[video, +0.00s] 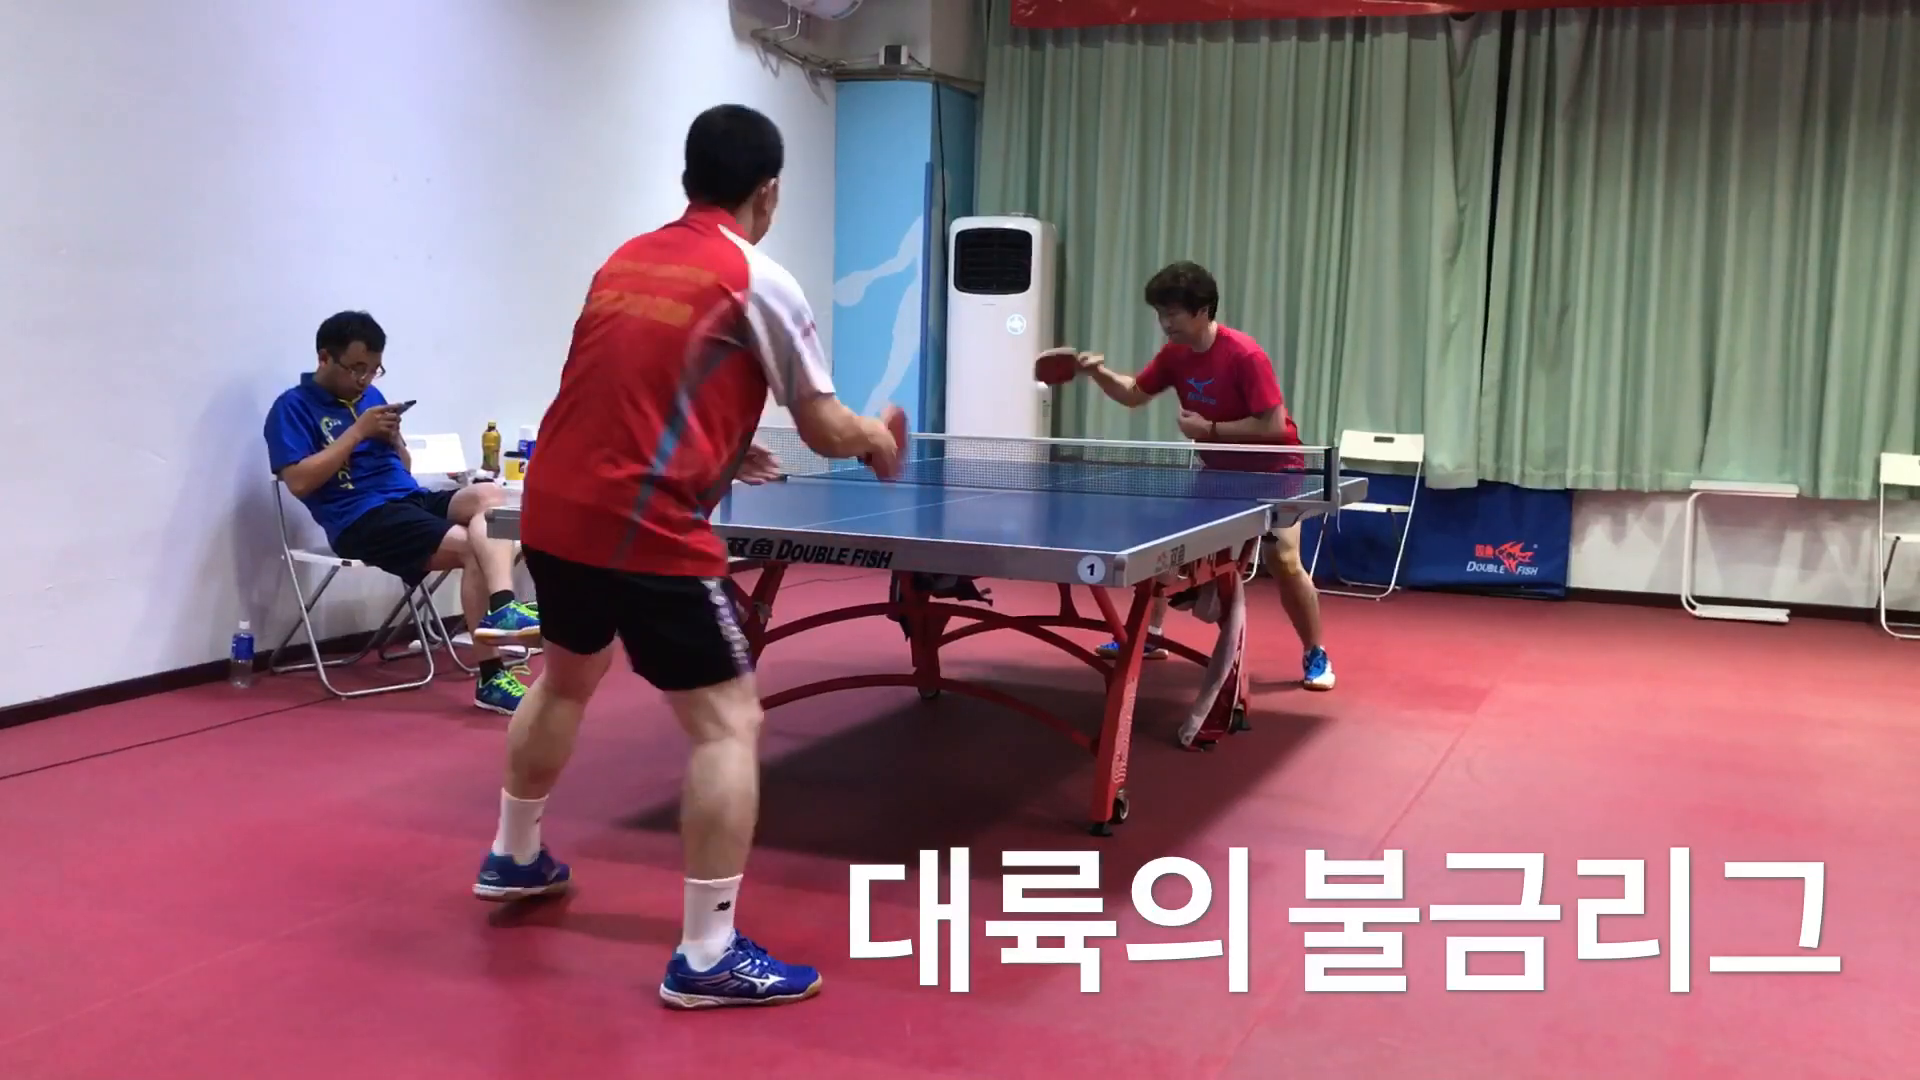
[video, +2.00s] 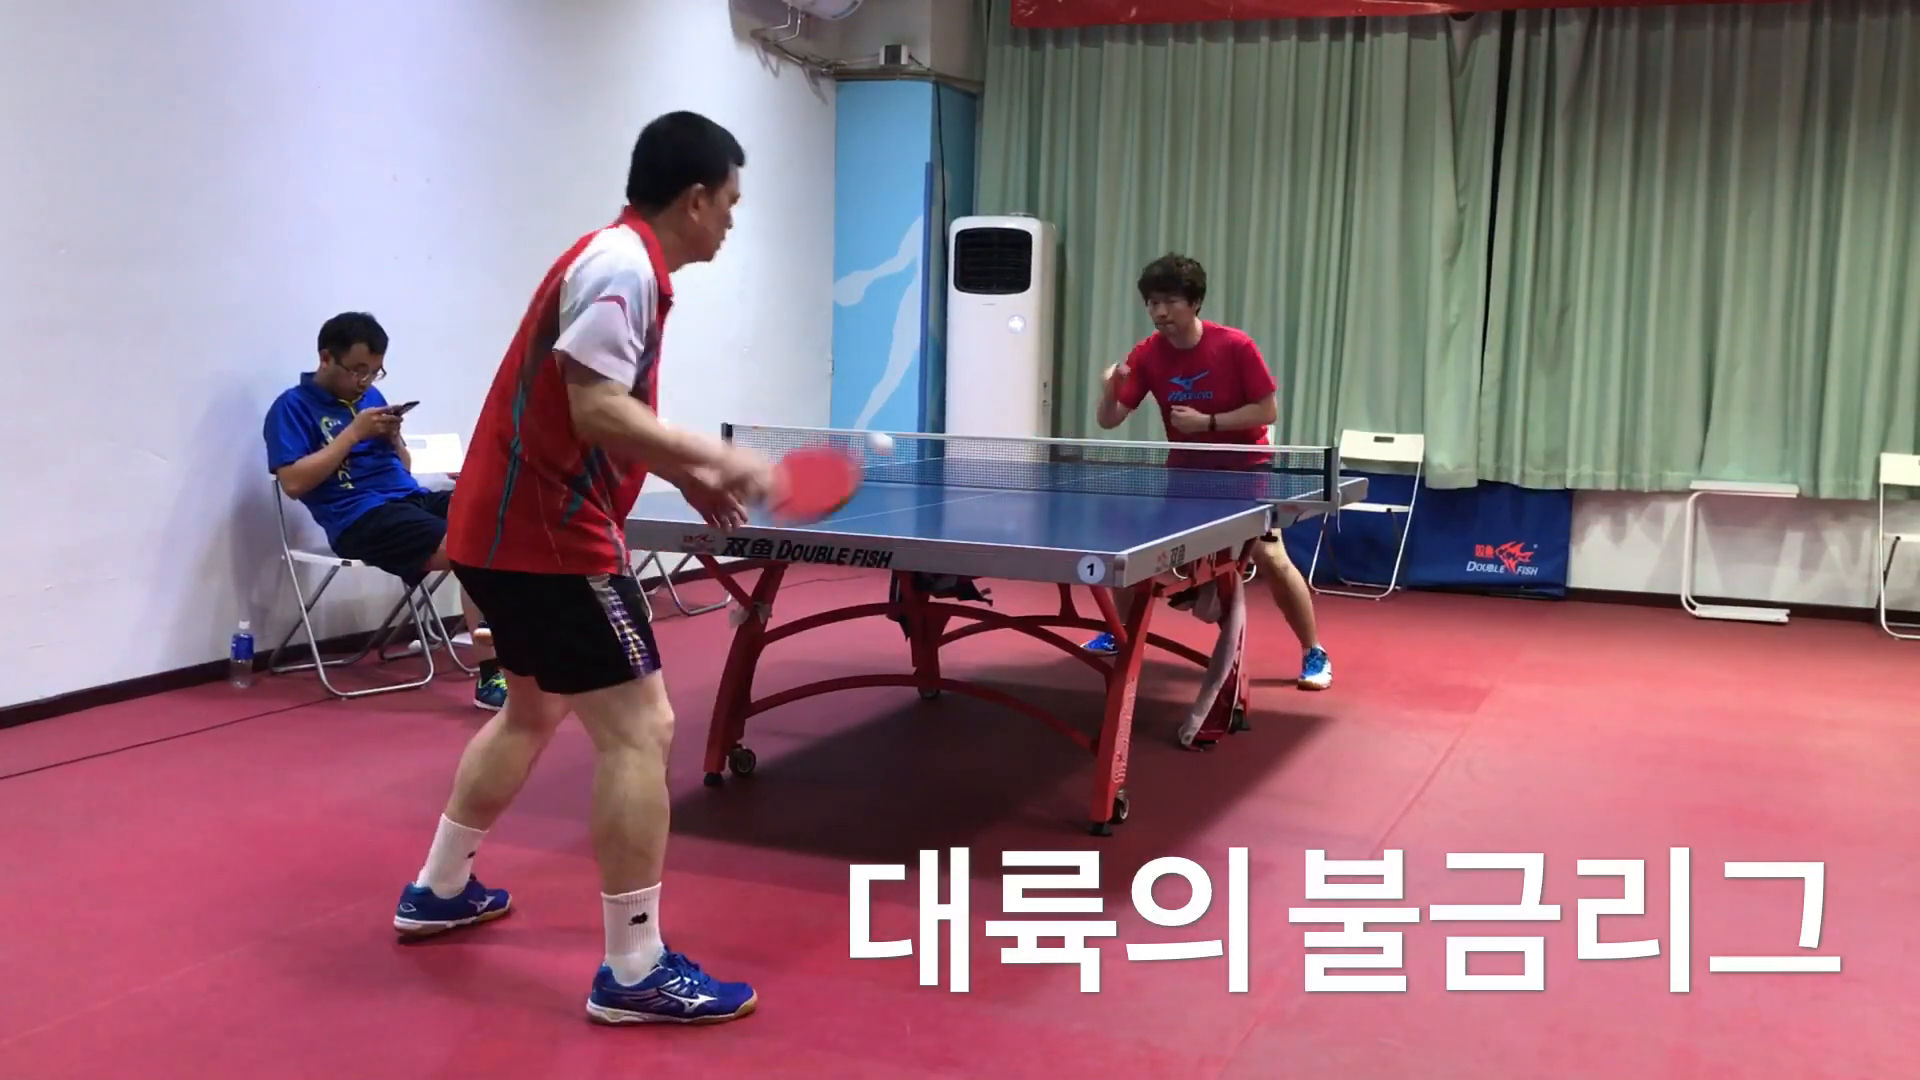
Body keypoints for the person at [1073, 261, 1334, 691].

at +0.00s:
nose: (1164, 324)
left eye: (1172, 315)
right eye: (1160, 315)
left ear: (1202, 311)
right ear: (1162, 315)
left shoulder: (1246, 355)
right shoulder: (1175, 355)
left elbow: (1272, 425)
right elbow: (1134, 394)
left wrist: (1209, 429)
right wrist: (1098, 371)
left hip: (1274, 472)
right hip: (1218, 472)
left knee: (1285, 561)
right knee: (1165, 544)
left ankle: (1315, 653)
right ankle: (1148, 633)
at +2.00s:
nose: (1159, 311)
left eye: (1169, 301)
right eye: (1152, 302)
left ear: (1194, 301)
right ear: (1147, 305)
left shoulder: (1234, 346)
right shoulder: (1146, 355)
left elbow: (1267, 411)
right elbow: (1108, 419)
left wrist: (1207, 422)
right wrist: (1110, 386)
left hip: (1244, 473)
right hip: (1184, 474)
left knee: (1270, 555)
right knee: (1134, 548)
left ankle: (1313, 652)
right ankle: (1122, 634)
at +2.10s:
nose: (1153, 307)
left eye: (1162, 297)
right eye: (1146, 298)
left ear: (1188, 298)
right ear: (1140, 301)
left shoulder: (1227, 344)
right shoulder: (1141, 351)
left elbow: (1258, 408)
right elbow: (1113, 414)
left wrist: (1197, 418)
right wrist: (1094, 394)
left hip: (1241, 469)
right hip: (1183, 469)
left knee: (1269, 557)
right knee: (1140, 546)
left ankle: (1313, 651)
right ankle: (1123, 634)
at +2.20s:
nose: (1141, 305)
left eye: (1151, 295)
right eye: (1135, 295)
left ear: (1177, 296)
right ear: (1129, 297)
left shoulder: (1213, 342)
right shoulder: (1143, 344)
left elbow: (1244, 409)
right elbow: (1131, 398)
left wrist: (1181, 414)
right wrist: (1082, 408)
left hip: (1241, 464)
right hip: (1186, 465)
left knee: (1265, 556)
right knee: (1141, 540)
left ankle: (1312, 648)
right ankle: (1124, 631)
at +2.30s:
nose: (1133, 319)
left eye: (1140, 309)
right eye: (1128, 311)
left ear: (1169, 305)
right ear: (1130, 310)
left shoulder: (1206, 353)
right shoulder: (1157, 347)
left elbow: (1231, 422)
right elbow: (1160, 393)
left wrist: (1173, 425)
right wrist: (1101, 406)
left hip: (1244, 468)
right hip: (1195, 467)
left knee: (1260, 566)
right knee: (1149, 540)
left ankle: (1312, 649)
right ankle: (1125, 631)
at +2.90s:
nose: (1151, 309)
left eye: (1161, 299)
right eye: (1145, 300)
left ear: (1187, 301)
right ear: (1140, 302)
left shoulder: (1227, 346)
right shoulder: (1141, 353)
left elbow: (1259, 410)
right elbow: (1107, 413)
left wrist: (1200, 423)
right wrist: (1092, 397)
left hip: (1239, 473)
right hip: (1180, 473)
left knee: (1269, 558)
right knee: (1130, 545)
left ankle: (1312, 648)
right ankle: (1122, 633)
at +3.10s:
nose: (1135, 312)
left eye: (1143, 302)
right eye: (1129, 304)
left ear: (1171, 300)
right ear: (1126, 305)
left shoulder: (1206, 345)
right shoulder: (1150, 344)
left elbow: (1237, 414)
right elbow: (1151, 394)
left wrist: (1175, 420)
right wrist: (1094, 408)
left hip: (1241, 464)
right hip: (1189, 463)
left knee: (1259, 557)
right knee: (1146, 538)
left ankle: (1312, 646)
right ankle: (1127, 631)